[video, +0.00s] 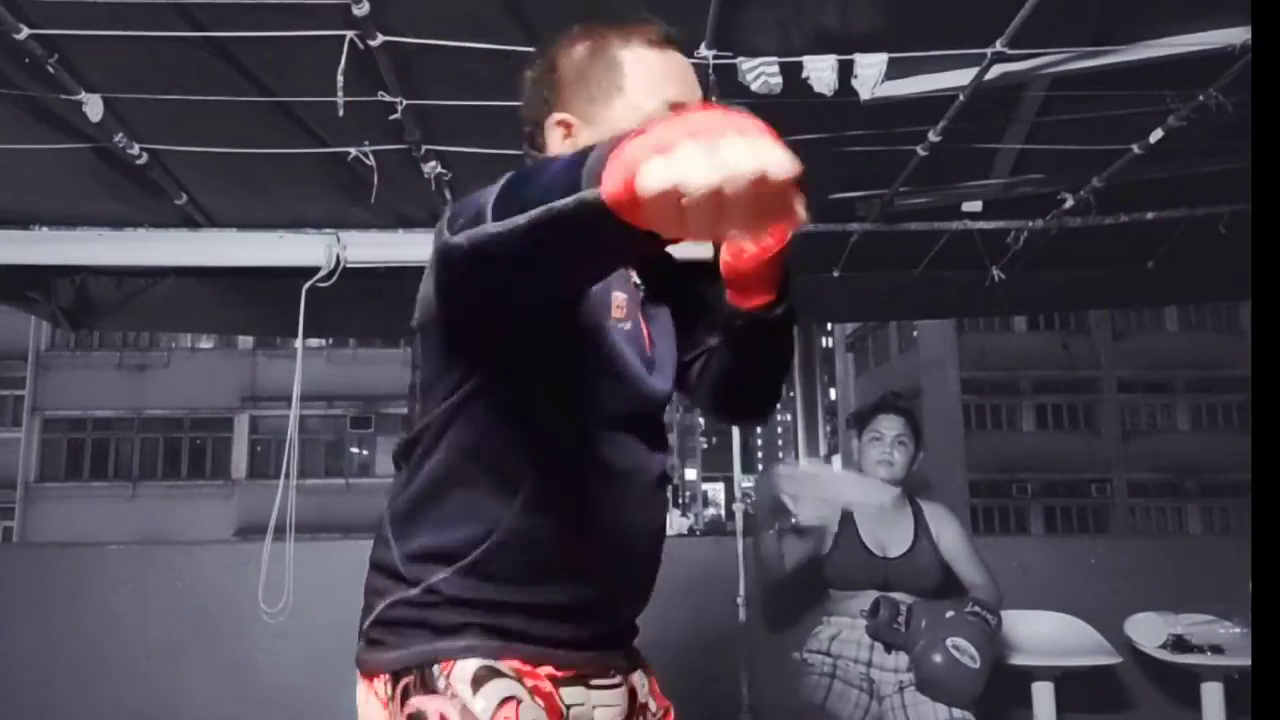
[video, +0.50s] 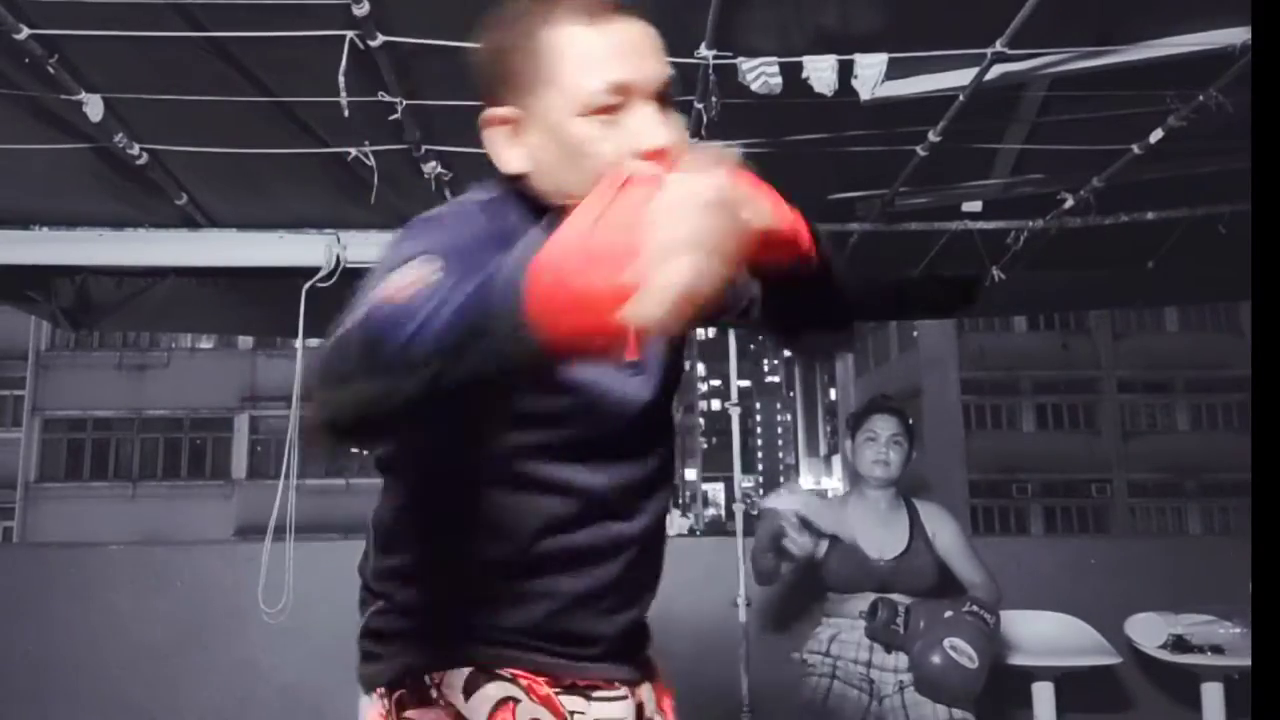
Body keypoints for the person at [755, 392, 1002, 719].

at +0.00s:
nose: (887, 451)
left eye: (900, 443)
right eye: (875, 439)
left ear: (915, 457)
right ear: (856, 449)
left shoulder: (934, 517)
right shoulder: (828, 512)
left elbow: (985, 589)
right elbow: (777, 576)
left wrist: (977, 616)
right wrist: (764, 518)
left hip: (920, 665)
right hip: (840, 661)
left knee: (938, 716)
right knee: (829, 713)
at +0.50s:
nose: (883, 450)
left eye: (895, 443)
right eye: (870, 439)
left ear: (909, 456)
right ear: (850, 450)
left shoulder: (931, 518)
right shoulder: (823, 515)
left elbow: (984, 587)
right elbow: (764, 576)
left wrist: (972, 620)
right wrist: (769, 526)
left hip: (921, 669)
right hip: (840, 666)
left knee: (938, 714)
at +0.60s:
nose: (881, 451)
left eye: (894, 443)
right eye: (869, 440)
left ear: (908, 456)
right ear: (849, 451)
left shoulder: (931, 517)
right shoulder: (817, 519)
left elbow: (984, 586)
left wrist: (976, 613)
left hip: (919, 666)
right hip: (838, 664)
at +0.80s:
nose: (881, 448)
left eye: (893, 440)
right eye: (869, 438)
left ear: (907, 456)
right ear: (848, 452)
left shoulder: (930, 517)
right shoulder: (824, 520)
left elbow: (984, 587)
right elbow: (802, 600)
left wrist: (969, 626)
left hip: (928, 675)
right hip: (848, 673)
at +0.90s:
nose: (887, 451)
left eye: (900, 441)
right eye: (875, 440)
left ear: (918, 455)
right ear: (857, 452)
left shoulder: (939, 512)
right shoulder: (832, 507)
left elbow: (982, 586)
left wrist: (969, 619)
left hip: (921, 669)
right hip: (838, 664)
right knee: (820, 711)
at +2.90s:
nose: (887, 451)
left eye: (899, 443)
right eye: (874, 440)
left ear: (912, 456)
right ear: (853, 450)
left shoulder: (934, 516)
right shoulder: (822, 515)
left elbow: (985, 587)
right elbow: (763, 572)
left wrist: (976, 612)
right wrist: (776, 552)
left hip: (920, 664)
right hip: (838, 661)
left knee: (936, 715)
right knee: (821, 712)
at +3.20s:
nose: (883, 451)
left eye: (896, 443)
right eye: (871, 441)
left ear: (908, 456)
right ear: (849, 449)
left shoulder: (932, 518)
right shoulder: (820, 518)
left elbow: (983, 587)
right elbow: (775, 581)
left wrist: (973, 618)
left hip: (921, 667)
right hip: (839, 664)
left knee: (939, 715)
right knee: (823, 711)